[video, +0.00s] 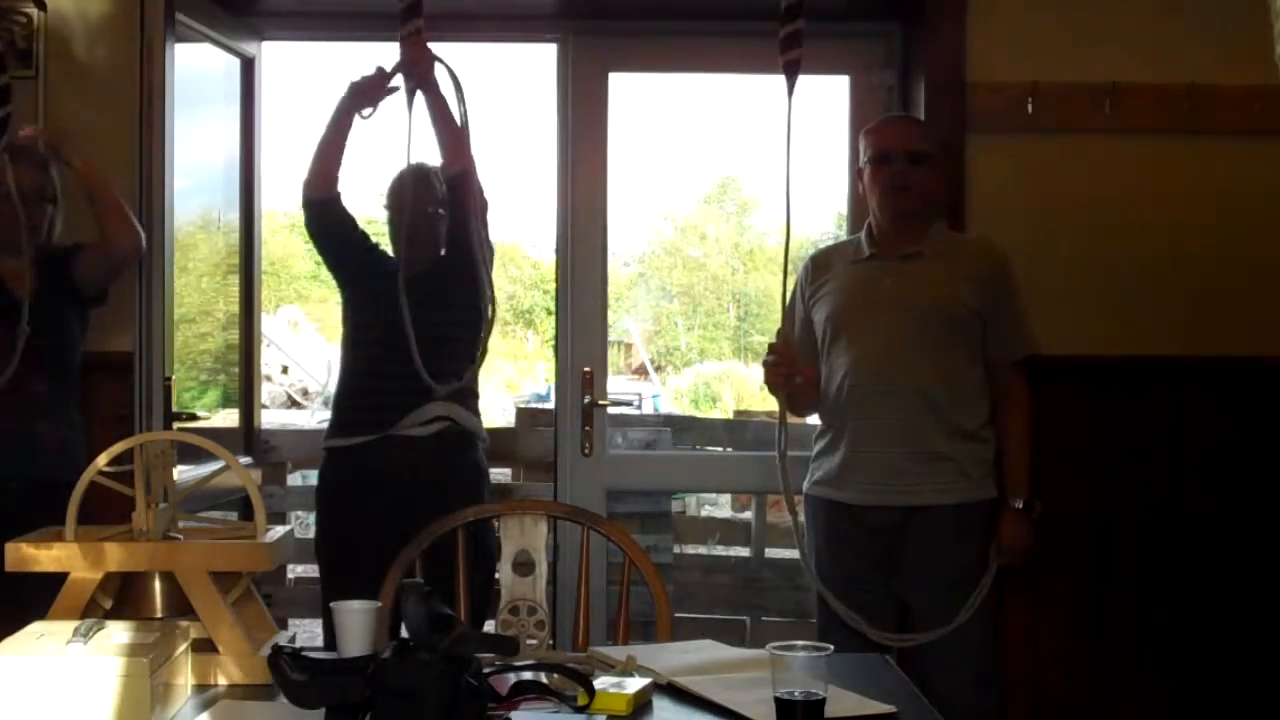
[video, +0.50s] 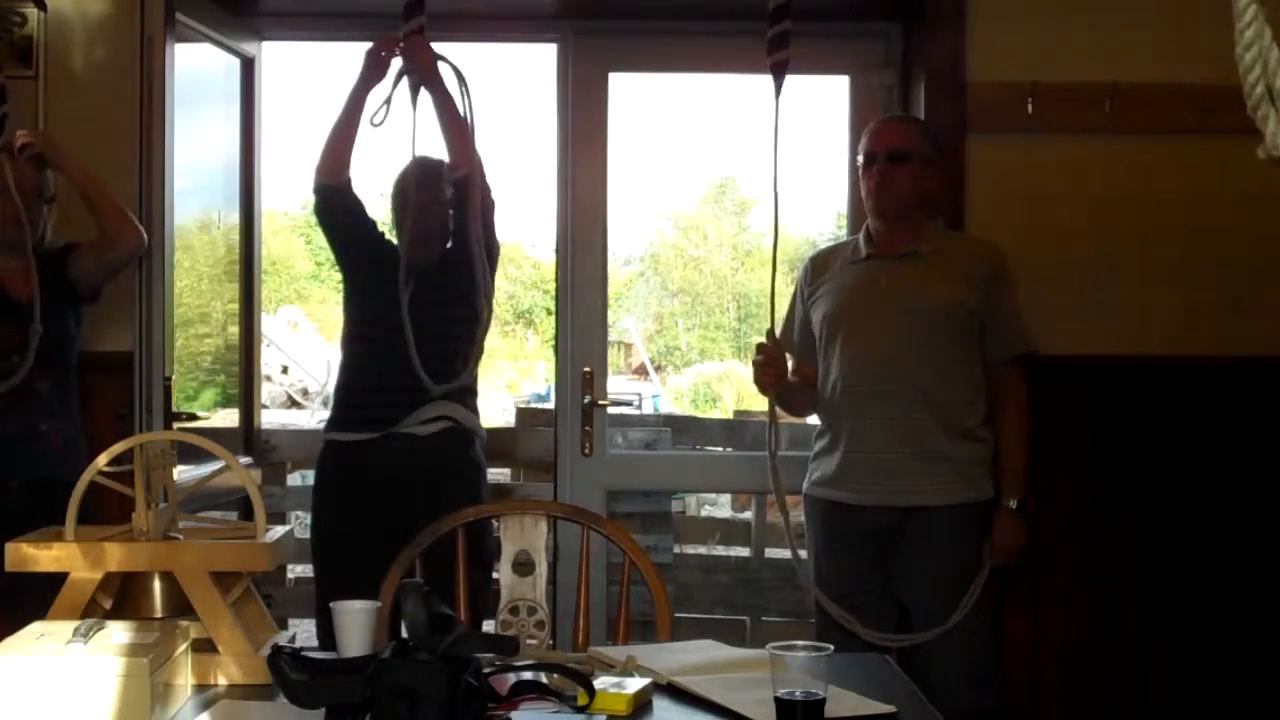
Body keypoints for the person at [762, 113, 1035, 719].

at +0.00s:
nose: (900, 173)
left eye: (917, 160)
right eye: (884, 161)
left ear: (939, 175)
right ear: (862, 177)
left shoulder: (979, 264)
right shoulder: (822, 269)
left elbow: (1010, 389)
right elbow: (805, 397)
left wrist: (1016, 503)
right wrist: (787, 384)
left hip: (952, 509)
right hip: (842, 508)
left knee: (953, 684)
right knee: (853, 681)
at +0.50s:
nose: (879, 171)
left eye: (898, 158)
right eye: (869, 160)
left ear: (933, 175)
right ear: (857, 177)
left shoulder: (977, 264)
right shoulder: (821, 269)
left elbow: (1009, 387)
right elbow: (810, 394)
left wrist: (1011, 502)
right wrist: (779, 386)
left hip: (948, 508)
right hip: (841, 507)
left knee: (951, 682)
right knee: (852, 679)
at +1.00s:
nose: (867, 169)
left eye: (887, 158)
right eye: (862, 159)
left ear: (930, 176)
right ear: (853, 174)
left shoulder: (976, 262)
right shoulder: (824, 269)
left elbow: (1010, 387)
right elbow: (813, 394)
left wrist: (1010, 500)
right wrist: (778, 386)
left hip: (947, 511)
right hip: (841, 508)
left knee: (950, 684)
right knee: (850, 680)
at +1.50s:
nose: (859, 171)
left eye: (879, 159)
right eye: (856, 160)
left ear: (924, 176)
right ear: (848, 175)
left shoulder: (970, 260)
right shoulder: (821, 270)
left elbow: (1005, 383)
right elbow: (810, 395)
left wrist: (1006, 498)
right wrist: (775, 386)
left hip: (941, 506)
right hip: (836, 505)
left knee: (946, 681)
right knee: (847, 678)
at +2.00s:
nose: (846, 173)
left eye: (865, 161)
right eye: (843, 162)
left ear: (910, 178)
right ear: (838, 175)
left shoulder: (958, 262)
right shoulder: (811, 272)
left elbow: (996, 383)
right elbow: (800, 397)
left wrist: (997, 498)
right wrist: (769, 386)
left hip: (933, 508)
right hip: (829, 508)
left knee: (940, 678)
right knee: (841, 676)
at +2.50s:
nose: (917, 180)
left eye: (924, 167)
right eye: (897, 168)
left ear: (936, 176)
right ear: (860, 179)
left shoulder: (979, 265)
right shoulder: (816, 264)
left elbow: (1010, 388)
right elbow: (784, 390)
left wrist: (1012, 499)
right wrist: (773, 361)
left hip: (954, 507)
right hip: (844, 506)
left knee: (954, 678)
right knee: (852, 676)